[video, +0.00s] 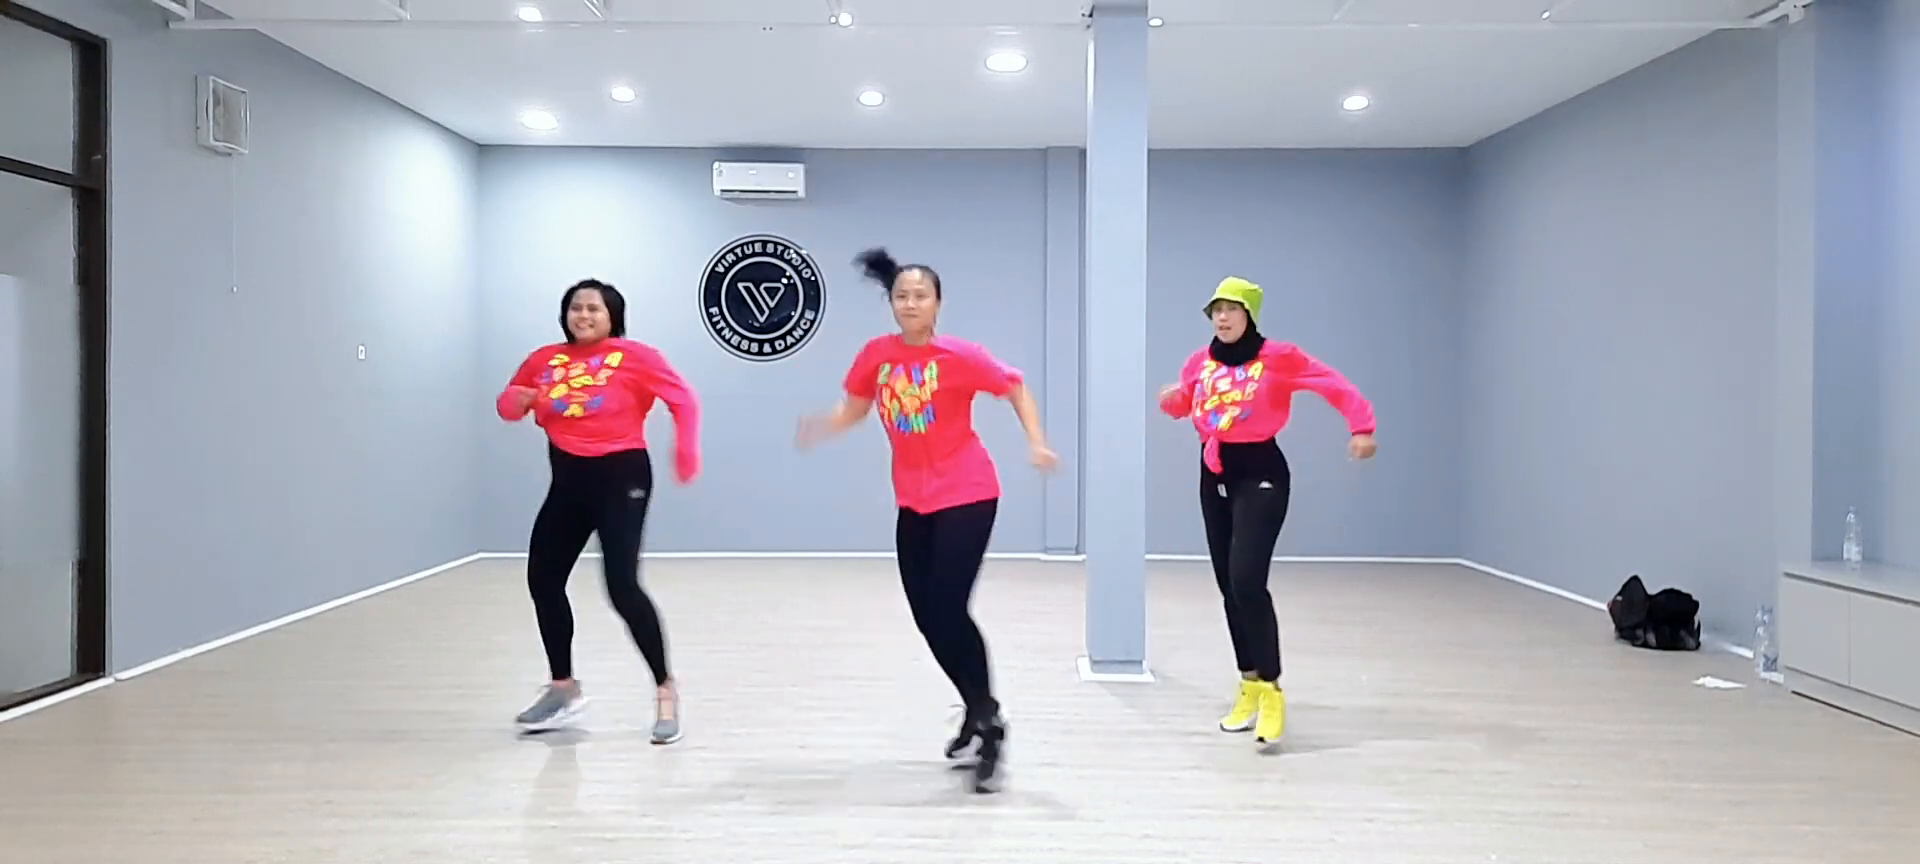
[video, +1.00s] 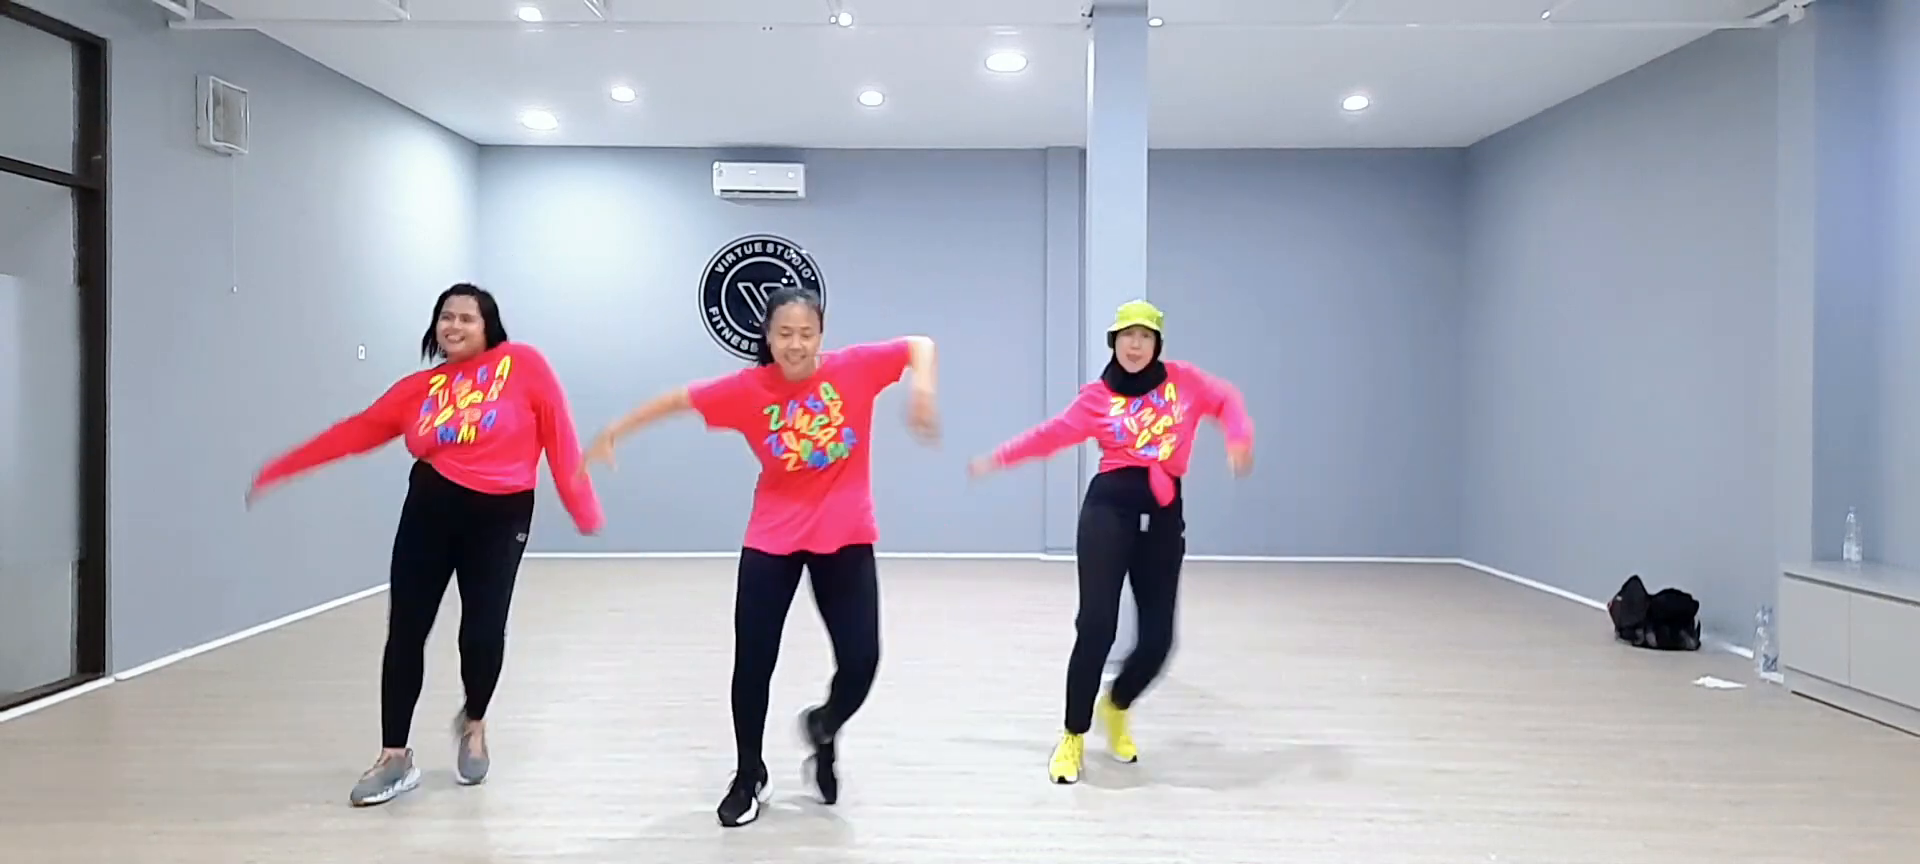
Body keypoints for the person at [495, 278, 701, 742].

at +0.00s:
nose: (583, 315)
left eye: (593, 309)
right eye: (576, 308)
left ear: (612, 317)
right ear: (565, 316)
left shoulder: (635, 357)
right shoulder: (545, 359)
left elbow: (684, 399)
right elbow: (506, 408)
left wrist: (687, 456)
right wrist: (522, 399)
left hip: (622, 478)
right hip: (569, 481)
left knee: (621, 587)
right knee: (543, 579)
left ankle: (665, 690)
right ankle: (563, 686)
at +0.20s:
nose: (591, 331)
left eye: (601, 324)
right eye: (583, 326)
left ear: (621, 333)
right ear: (575, 336)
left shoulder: (646, 384)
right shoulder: (556, 382)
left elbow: (680, 444)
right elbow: (540, 439)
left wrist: (723, 491)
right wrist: (542, 484)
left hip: (642, 503)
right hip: (584, 503)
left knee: (651, 600)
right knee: (550, 591)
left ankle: (673, 700)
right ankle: (558, 684)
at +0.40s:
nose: (567, 339)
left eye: (576, 330)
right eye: (559, 335)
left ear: (600, 336)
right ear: (553, 346)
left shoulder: (623, 385)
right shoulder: (544, 389)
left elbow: (592, 446)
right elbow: (530, 449)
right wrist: (518, 491)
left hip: (616, 504)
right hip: (558, 505)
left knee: (634, 610)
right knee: (516, 607)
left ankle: (672, 704)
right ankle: (487, 720)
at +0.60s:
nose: (525, 323)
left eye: (535, 315)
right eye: (517, 317)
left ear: (556, 323)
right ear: (507, 328)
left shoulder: (577, 367)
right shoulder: (500, 376)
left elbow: (538, 414)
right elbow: (479, 424)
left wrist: (451, 427)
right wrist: (445, 462)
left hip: (559, 500)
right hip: (499, 496)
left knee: (590, 604)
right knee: (473, 611)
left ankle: (638, 689)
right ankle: (470, 728)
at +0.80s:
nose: (483, 286)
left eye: (494, 278)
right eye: (475, 280)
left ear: (517, 287)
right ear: (464, 291)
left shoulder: (542, 324)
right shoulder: (451, 338)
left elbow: (570, 382)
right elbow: (401, 380)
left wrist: (491, 413)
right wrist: (345, 421)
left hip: (532, 466)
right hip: (468, 461)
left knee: (517, 591)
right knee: (447, 589)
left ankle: (496, 711)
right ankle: (436, 711)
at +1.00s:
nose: (453, 324)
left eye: (466, 318)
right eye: (446, 317)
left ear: (488, 328)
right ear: (435, 326)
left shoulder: (522, 363)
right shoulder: (419, 387)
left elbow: (561, 438)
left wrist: (584, 507)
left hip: (499, 513)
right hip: (429, 506)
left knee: (483, 632)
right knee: (406, 629)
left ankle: (474, 724)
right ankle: (394, 755)